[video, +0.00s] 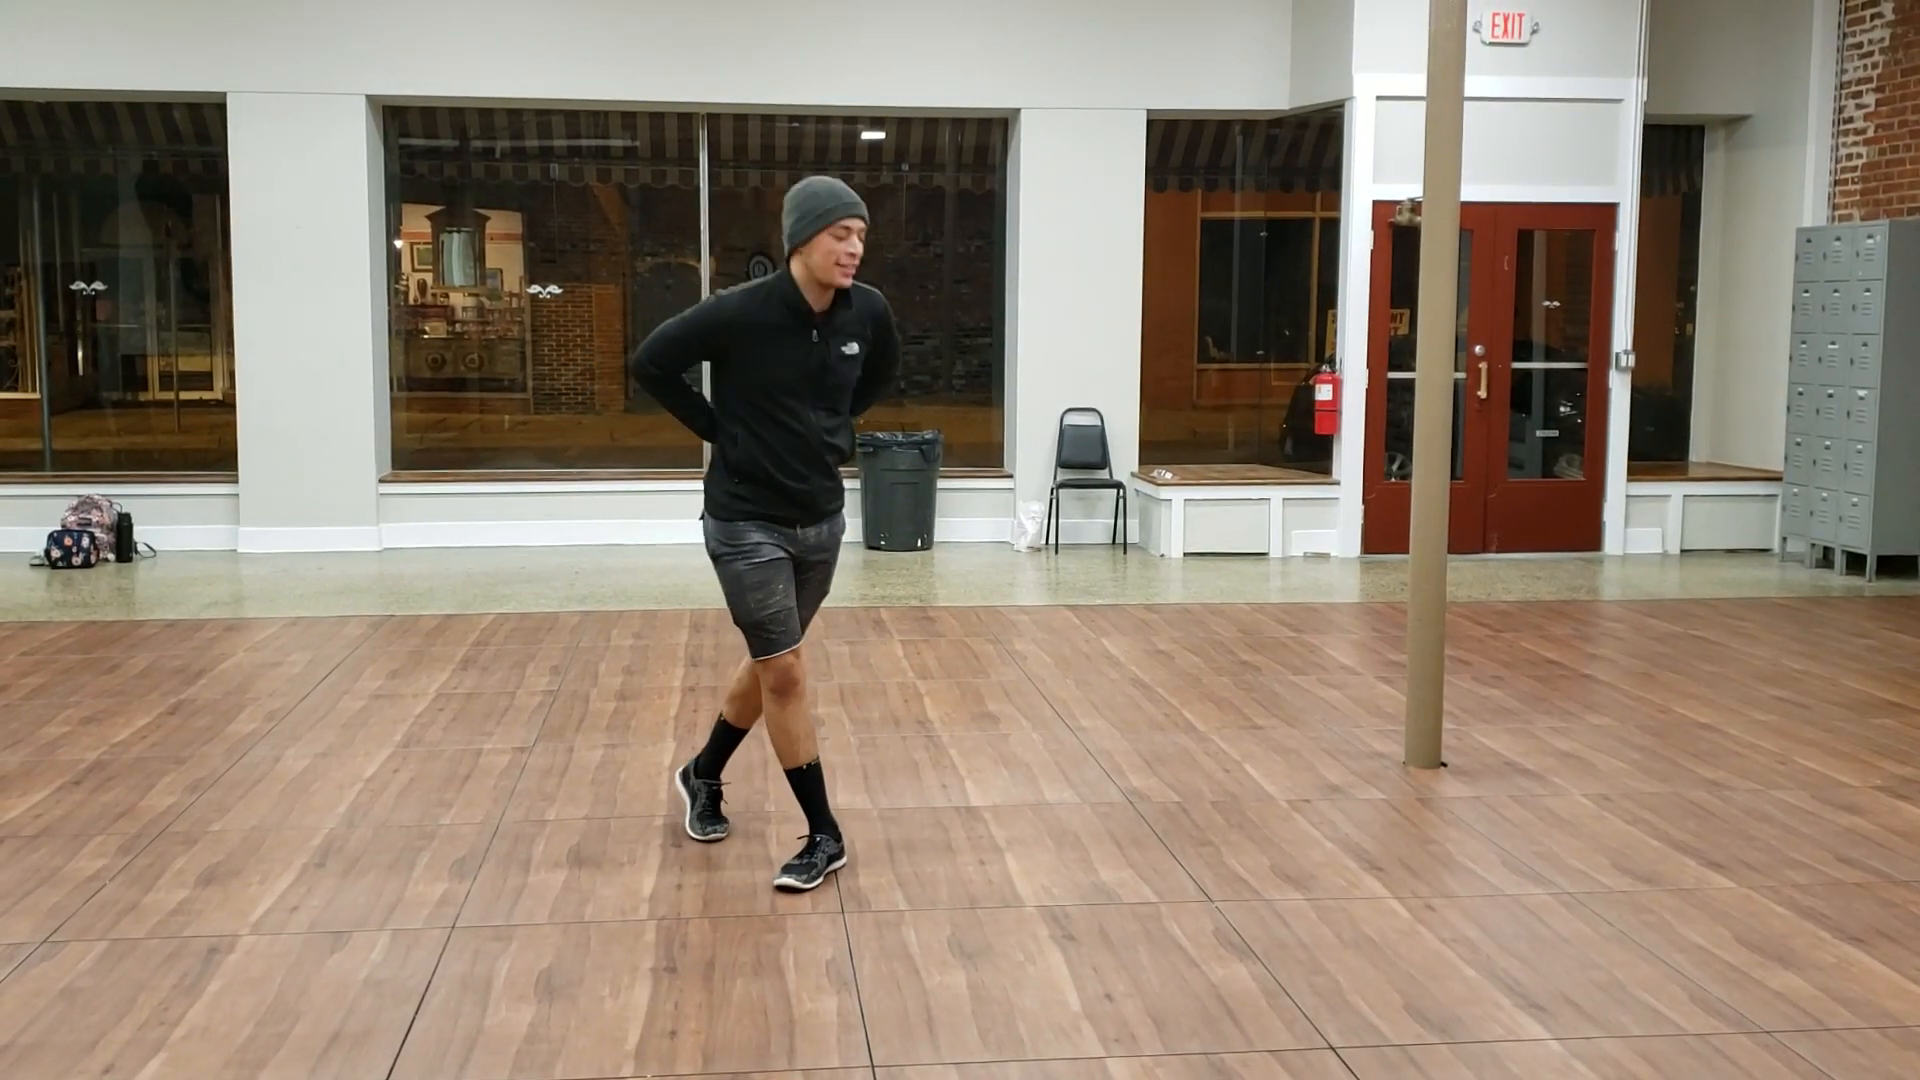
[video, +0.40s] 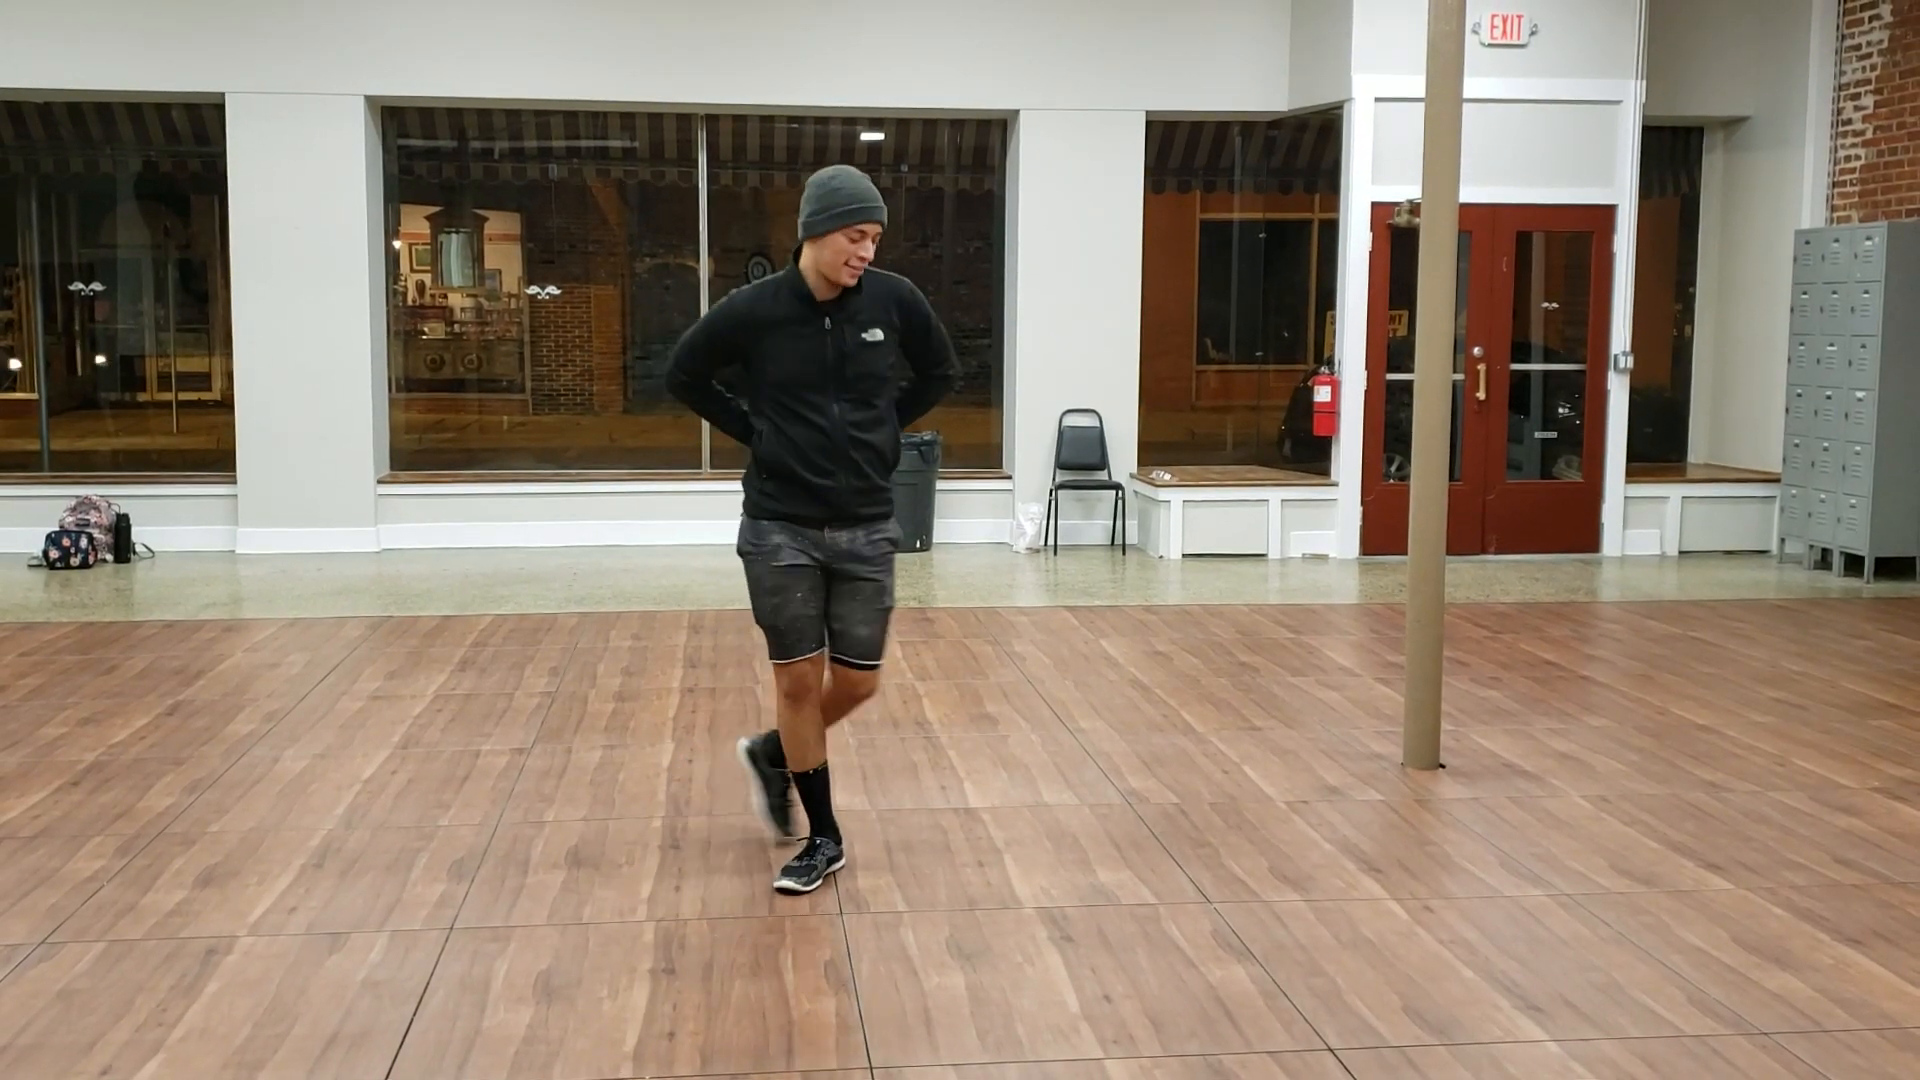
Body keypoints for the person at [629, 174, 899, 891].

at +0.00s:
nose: (853, 249)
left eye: (860, 239)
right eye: (840, 235)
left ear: (860, 248)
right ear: (800, 237)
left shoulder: (866, 311)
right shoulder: (740, 311)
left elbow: (881, 374)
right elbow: (651, 365)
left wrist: (837, 422)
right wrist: (719, 429)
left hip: (821, 522)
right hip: (744, 522)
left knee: (772, 664)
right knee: (785, 675)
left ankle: (703, 773)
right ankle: (824, 834)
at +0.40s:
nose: (863, 252)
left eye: (872, 239)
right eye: (851, 236)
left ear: (877, 241)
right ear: (811, 232)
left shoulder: (895, 300)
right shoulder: (754, 308)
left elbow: (939, 373)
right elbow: (684, 376)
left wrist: (881, 427)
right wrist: (759, 433)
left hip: (866, 525)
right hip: (781, 524)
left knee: (856, 681)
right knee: (799, 678)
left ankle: (773, 753)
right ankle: (823, 838)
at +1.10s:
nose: (916, 233)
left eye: (931, 225)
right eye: (904, 219)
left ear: (945, 245)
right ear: (878, 231)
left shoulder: (968, 329)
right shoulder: (843, 317)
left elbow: (1040, 424)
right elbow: (838, 393)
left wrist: (960, 467)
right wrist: (860, 448)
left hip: (942, 548)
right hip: (849, 542)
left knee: (998, 699)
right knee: (809, 695)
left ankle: (1064, 839)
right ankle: (849, 813)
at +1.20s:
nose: (887, 213)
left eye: (903, 207)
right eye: (876, 200)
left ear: (918, 233)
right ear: (850, 217)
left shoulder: (944, 315)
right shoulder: (816, 301)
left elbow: (1013, 410)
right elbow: (790, 362)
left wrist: (934, 455)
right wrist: (826, 416)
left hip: (908, 537)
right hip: (817, 531)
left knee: (962, 686)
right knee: (793, 685)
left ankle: (1050, 828)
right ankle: (849, 815)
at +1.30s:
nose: (852, 205)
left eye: (868, 198)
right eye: (841, 192)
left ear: (884, 222)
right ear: (816, 210)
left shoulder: (912, 305)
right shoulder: (777, 297)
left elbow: (986, 397)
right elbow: (738, 350)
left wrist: (906, 448)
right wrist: (782, 408)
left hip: (874, 529)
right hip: (788, 527)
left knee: (885, 691)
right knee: (787, 680)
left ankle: (983, 817)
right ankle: (851, 817)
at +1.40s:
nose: (815, 207)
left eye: (830, 199)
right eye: (803, 196)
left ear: (850, 222)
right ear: (781, 216)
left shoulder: (886, 306)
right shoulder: (743, 301)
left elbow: (963, 390)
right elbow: (685, 358)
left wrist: (887, 450)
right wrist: (748, 415)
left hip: (845, 526)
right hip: (763, 526)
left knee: (802, 689)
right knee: (773, 691)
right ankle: (848, 822)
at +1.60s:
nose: (761, 222)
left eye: (776, 214)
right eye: (748, 211)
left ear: (796, 236)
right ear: (725, 229)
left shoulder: (830, 323)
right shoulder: (682, 311)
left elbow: (895, 399)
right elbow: (597, 380)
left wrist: (822, 462)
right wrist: (672, 440)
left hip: (777, 543)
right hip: (694, 540)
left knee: (705, 712)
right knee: (729, 707)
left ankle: (646, 867)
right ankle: (836, 807)